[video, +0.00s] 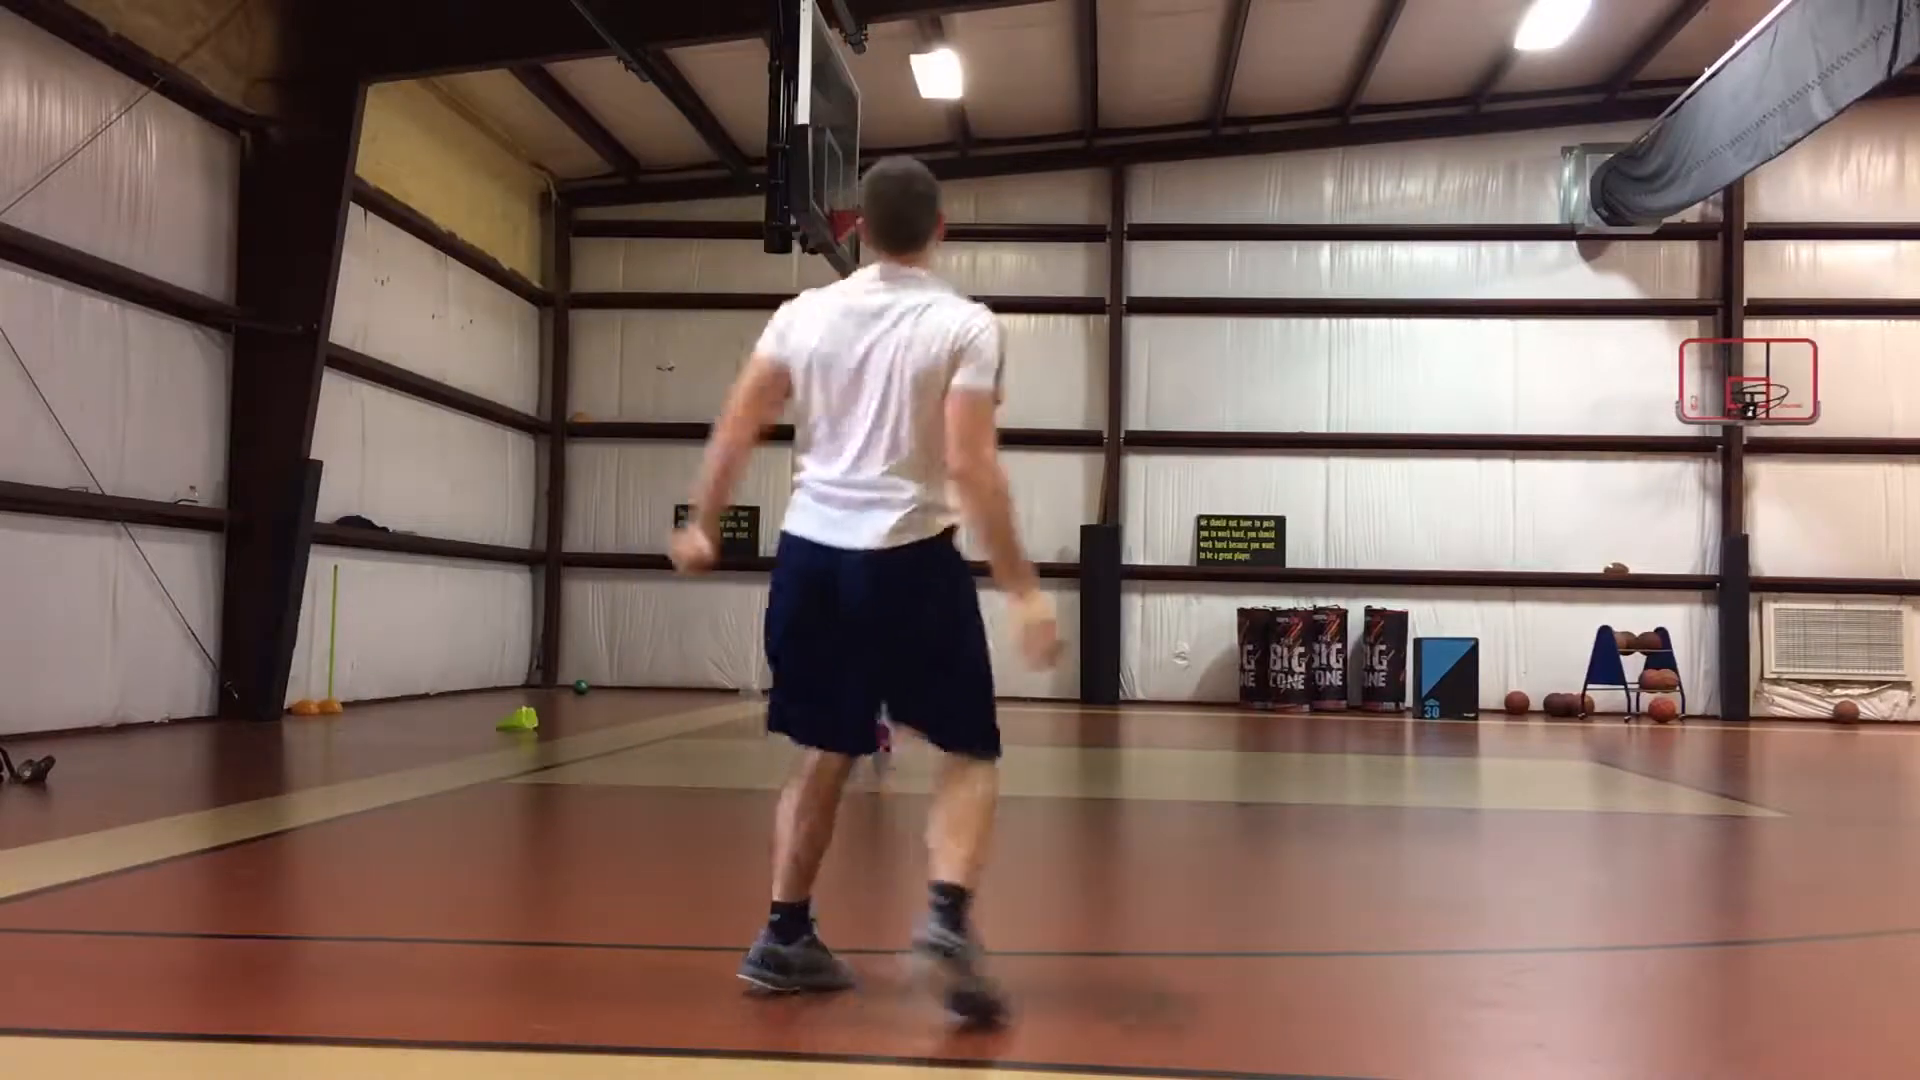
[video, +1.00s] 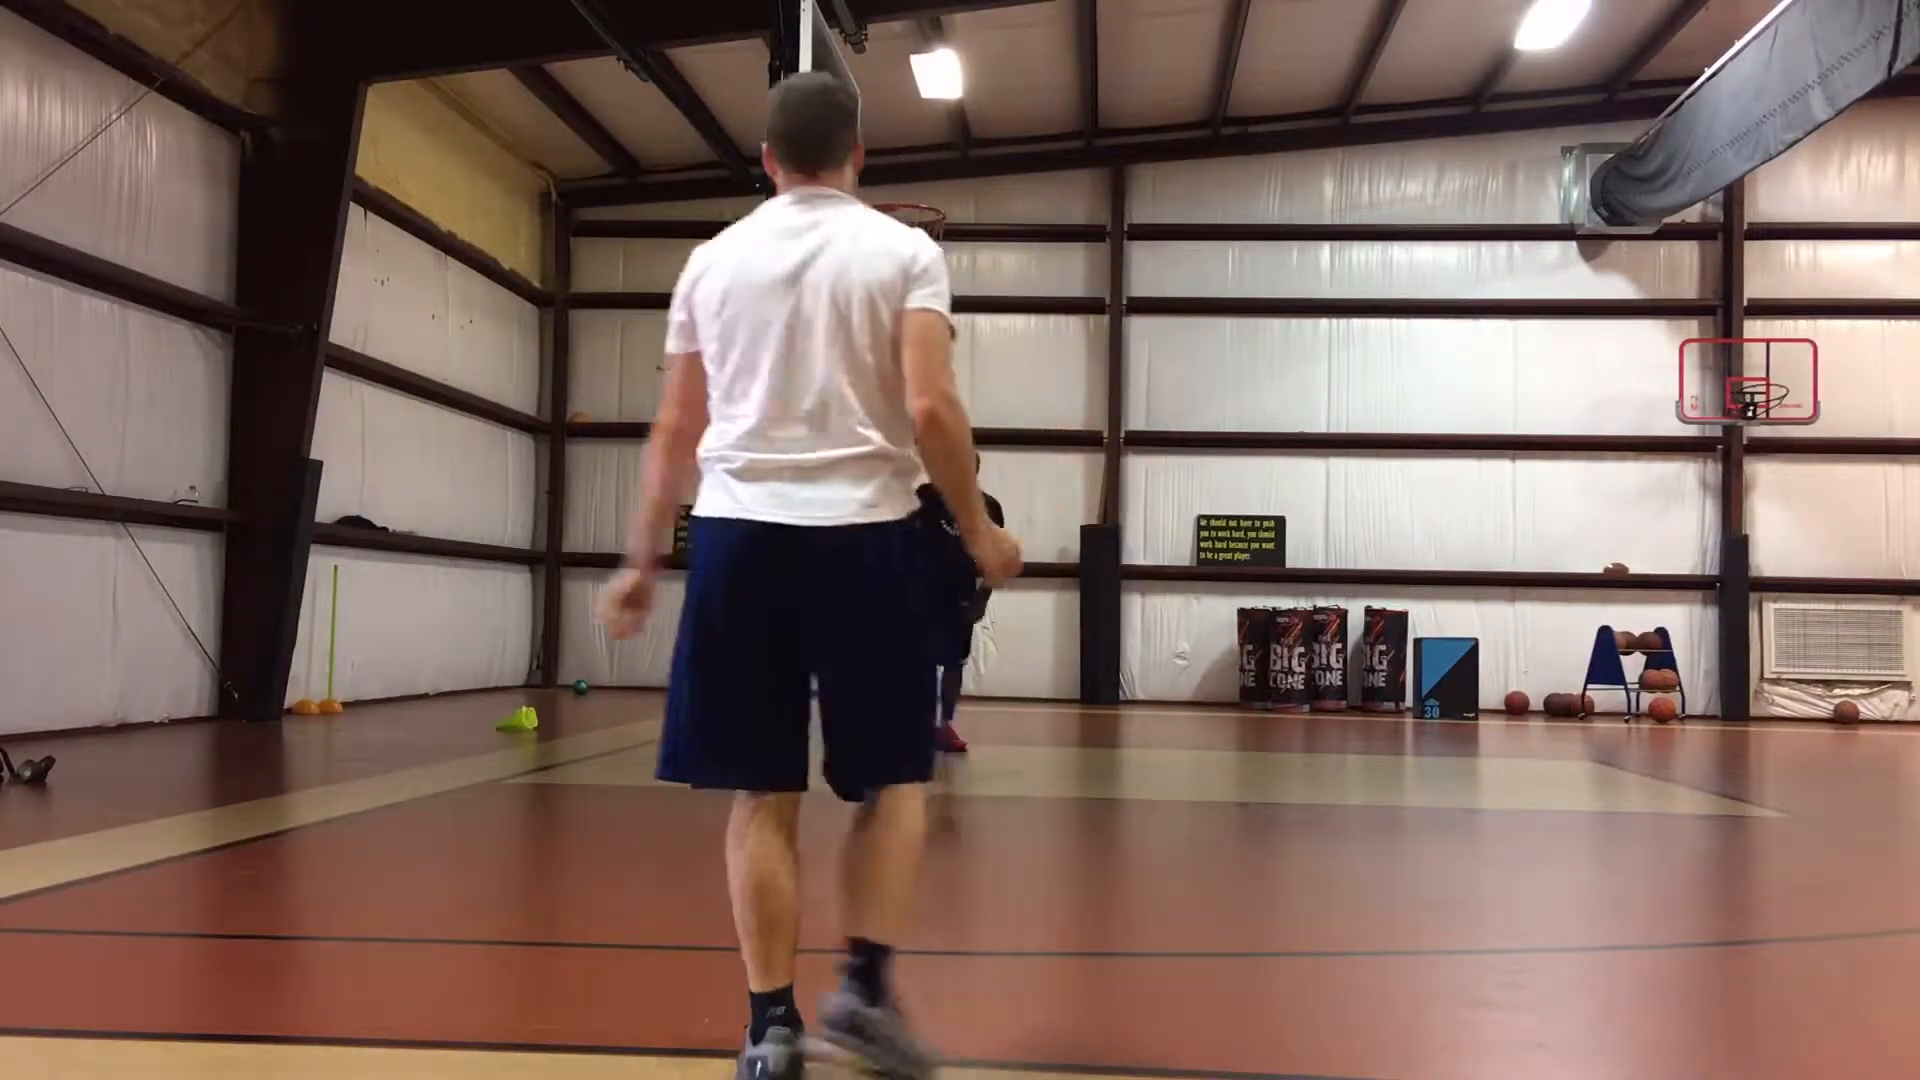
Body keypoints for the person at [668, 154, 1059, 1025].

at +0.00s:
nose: (942, 232)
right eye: (945, 222)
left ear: (862, 230)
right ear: (941, 229)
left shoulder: (803, 315)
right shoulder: (966, 327)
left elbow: (736, 428)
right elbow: (969, 464)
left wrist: (703, 521)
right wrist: (1025, 591)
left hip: (811, 568)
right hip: (913, 575)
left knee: (823, 748)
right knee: (970, 752)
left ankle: (784, 936)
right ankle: (945, 921)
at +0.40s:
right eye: (1007, 193)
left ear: (926, 198)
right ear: (1008, 201)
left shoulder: (862, 288)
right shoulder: (1045, 304)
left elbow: (831, 433)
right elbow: (1062, 459)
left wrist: (840, 529)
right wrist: (1060, 553)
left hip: (864, 548)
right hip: (984, 553)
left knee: (832, 757)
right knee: (990, 778)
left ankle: (791, 965)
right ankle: (997, 986)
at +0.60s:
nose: (885, 202)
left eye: (882, 189)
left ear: (885, 196)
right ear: (971, 196)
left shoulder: (833, 288)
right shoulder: (1019, 300)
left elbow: (838, 402)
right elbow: (1038, 464)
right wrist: (964, 439)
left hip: (842, 563)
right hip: (964, 570)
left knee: (802, 770)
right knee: (986, 789)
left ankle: (779, 978)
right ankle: (998, 987)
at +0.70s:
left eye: (857, 188)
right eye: (939, 190)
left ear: (853, 197)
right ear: (943, 197)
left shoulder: (798, 287)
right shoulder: (987, 291)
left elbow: (801, 394)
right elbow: (1035, 451)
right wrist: (1054, 475)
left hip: (810, 569)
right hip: (937, 576)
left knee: (794, 784)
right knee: (969, 792)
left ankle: (774, 1008)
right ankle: (996, 992)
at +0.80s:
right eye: (912, 176)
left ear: (817, 186)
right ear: (905, 184)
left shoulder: (760, 283)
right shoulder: (951, 280)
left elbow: (750, 437)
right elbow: (991, 427)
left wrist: (826, 487)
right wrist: (1055, 505)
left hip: (782, 562)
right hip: (910, 566)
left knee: (781, 790)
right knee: (946, 790)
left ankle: (775, 1023)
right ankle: (989, 986)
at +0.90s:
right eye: (882, 163)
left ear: (789, 173)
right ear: (878, 169)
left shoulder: (729, 274)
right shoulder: (925, 262)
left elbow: (718, 443)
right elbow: (952, 416)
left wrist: (755, 535)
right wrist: (1015, 526)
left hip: (757, 557)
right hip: (889, 558)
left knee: (769, 790)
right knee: (920, 780)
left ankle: (774, 1027)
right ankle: (948, 998)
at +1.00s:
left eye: (775, 153)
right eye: (856, 151)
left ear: (765, 160)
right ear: (860, 155)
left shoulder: (710, 262)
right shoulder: (904, 250)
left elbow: (675, 432)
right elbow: (931, 407)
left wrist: (642, 558)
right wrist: (978, 529)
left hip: (738, 556)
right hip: (871, 555)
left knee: (760, 790)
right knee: (892, 779)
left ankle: (772, 1030)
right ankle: (866, 988)